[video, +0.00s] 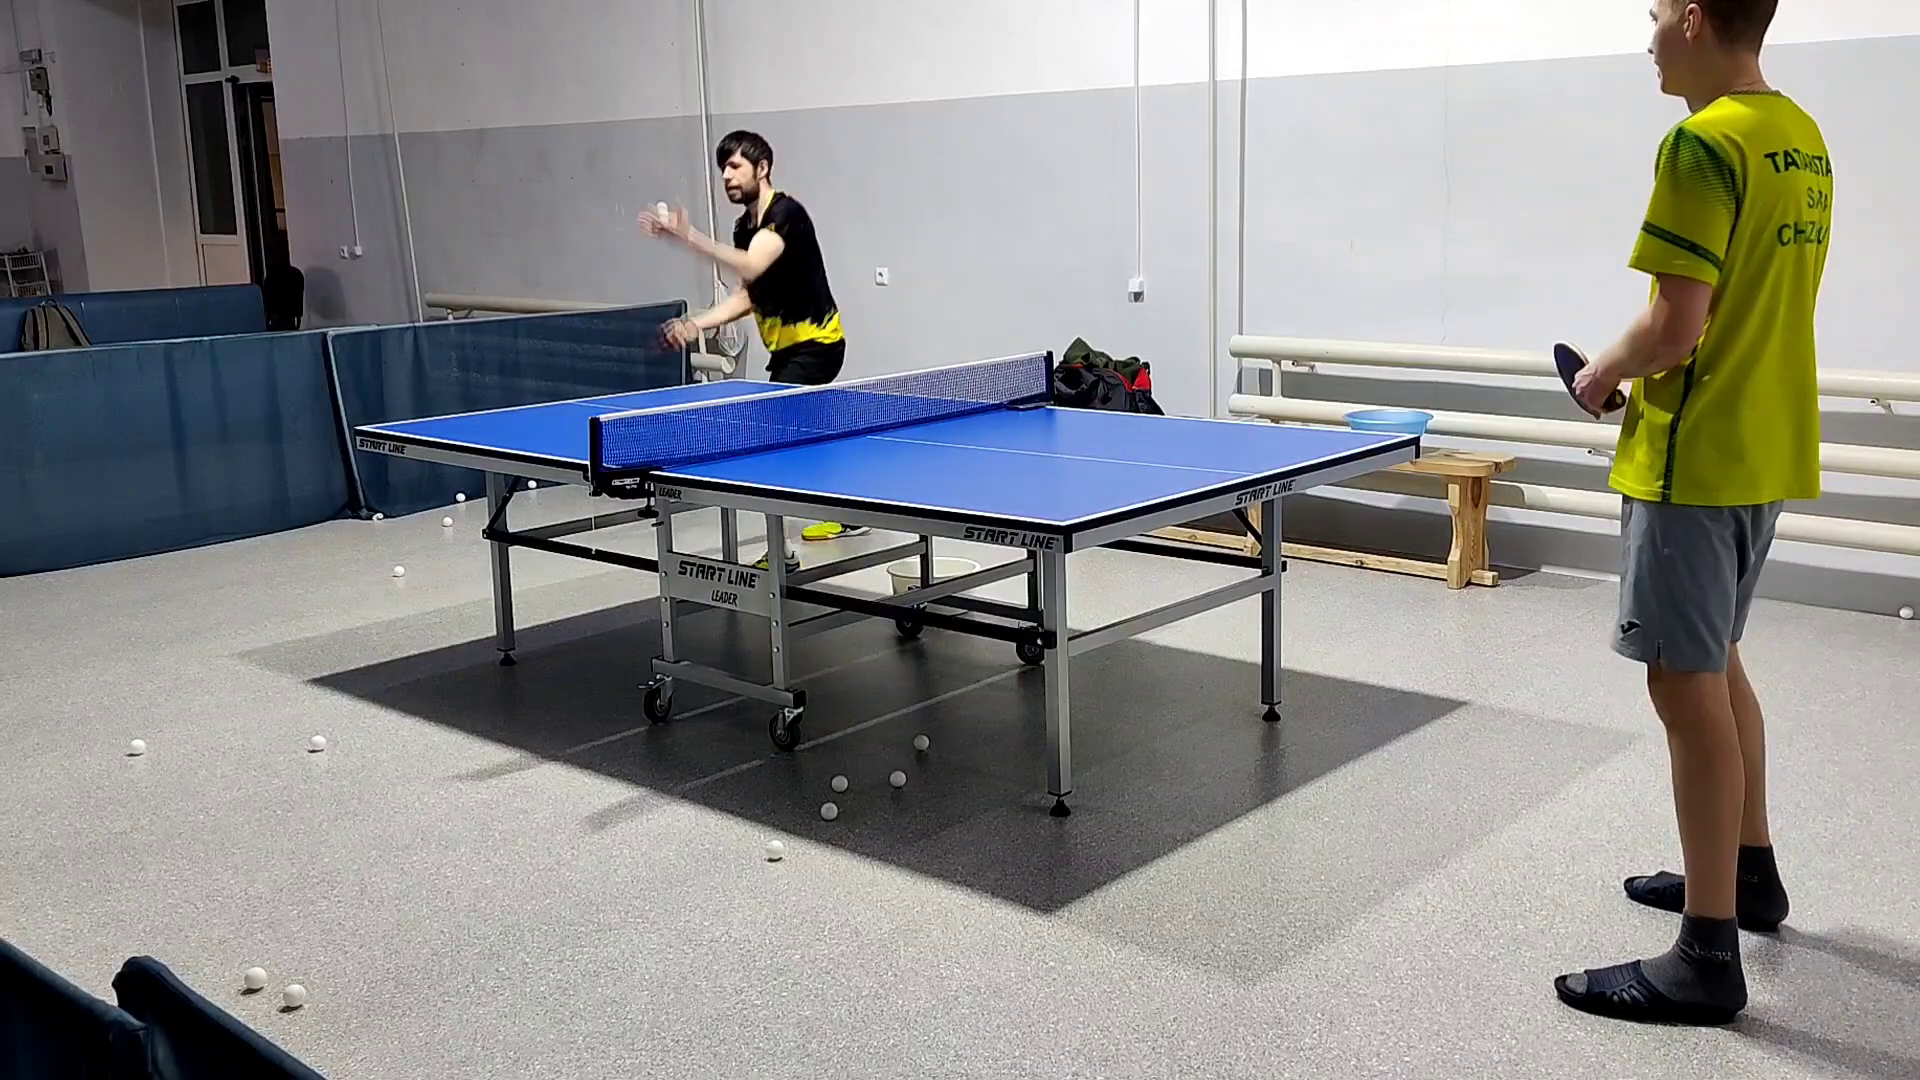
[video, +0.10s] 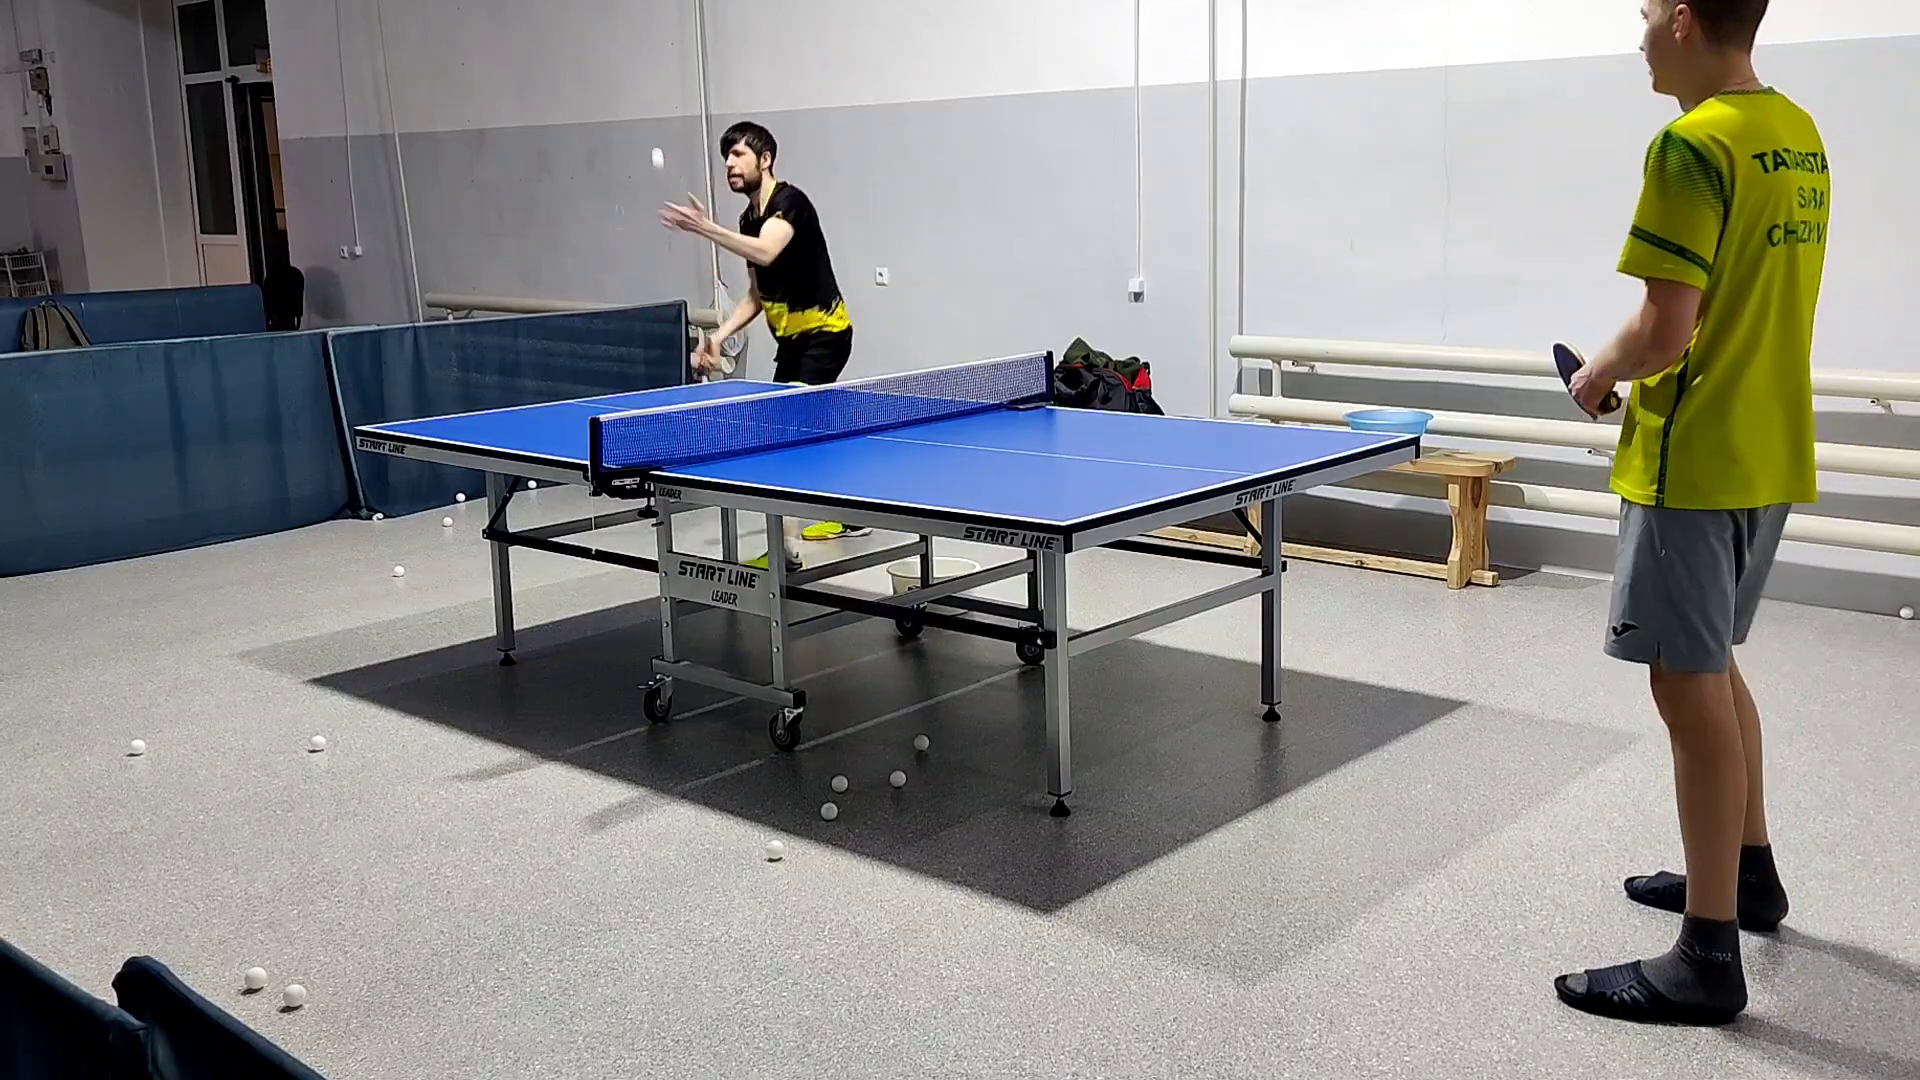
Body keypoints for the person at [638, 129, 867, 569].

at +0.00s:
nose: (726, 176)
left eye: (734, 166)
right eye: (723, 169)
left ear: (762, 168)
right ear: (725, 175)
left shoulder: (787, 211)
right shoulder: (745, 227)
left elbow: (752, 266)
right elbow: (746, 299)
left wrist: (688, 236)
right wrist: (695, 324)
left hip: (817, 346)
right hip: (784, 349)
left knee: (765, 426)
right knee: (804, 434)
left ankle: (780, 550)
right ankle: (844, 512)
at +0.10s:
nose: (729, 163)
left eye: (738, 153)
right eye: (727, 156)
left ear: (766, 158)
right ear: (729, 165)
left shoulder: (791, 200)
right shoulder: (748, 220)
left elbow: (765, 251)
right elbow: (756, 297)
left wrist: (705, 227)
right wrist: (719, 336)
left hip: (825, 334)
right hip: (791, 338)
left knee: (780, 428)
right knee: (784, 432)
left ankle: (786, 545)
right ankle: (846, 512)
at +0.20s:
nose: (727, 157)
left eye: (737, 148)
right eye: (726, 150)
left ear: (764, 154)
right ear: (729, 159)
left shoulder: (789, 195)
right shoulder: (750, 213)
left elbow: (795, 255)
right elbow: (767, 278)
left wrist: (744, 252)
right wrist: (732, 322)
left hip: (832, 325)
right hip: (796, 328)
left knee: (813, 418)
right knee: (789, 421)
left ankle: (833, 518)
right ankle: (841, 512)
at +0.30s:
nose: (725, 160)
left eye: (734, 151)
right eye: (724, 153)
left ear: (762, 158)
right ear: (733, 163)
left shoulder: (790, 199)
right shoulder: (751, 212)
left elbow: (821, 263)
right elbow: (766, 264)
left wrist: (790, 283)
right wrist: (724, 288)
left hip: (839, 324)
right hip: (803, 329)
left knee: (818, 413)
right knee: (788, 418)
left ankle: (836, 526)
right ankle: (846, 508)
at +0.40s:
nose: (725, 172)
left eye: (734, 163)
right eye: (724, 164)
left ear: (762, 169)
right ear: (731, 172)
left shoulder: (795, 209)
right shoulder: (754, 216)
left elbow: (842, 274)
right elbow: (761, 255)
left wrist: (822, 312)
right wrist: (702, 255)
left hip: (844, 324)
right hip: (806, 326)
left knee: (827, 410)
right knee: (791, 413)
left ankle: (863, 519)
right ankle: (838, 511)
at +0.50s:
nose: (730, 191)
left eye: (737, 182)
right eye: (728, 183)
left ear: (766, 184)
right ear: (738, 187)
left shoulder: (803, 224)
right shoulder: (755, 224)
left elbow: (854, 285)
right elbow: (754, 251)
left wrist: (849, 336)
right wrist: (692, 246)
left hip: (846, 334)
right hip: (809, 332)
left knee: (838, 423)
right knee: (792, 417)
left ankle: (861, 521)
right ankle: (839, 513)